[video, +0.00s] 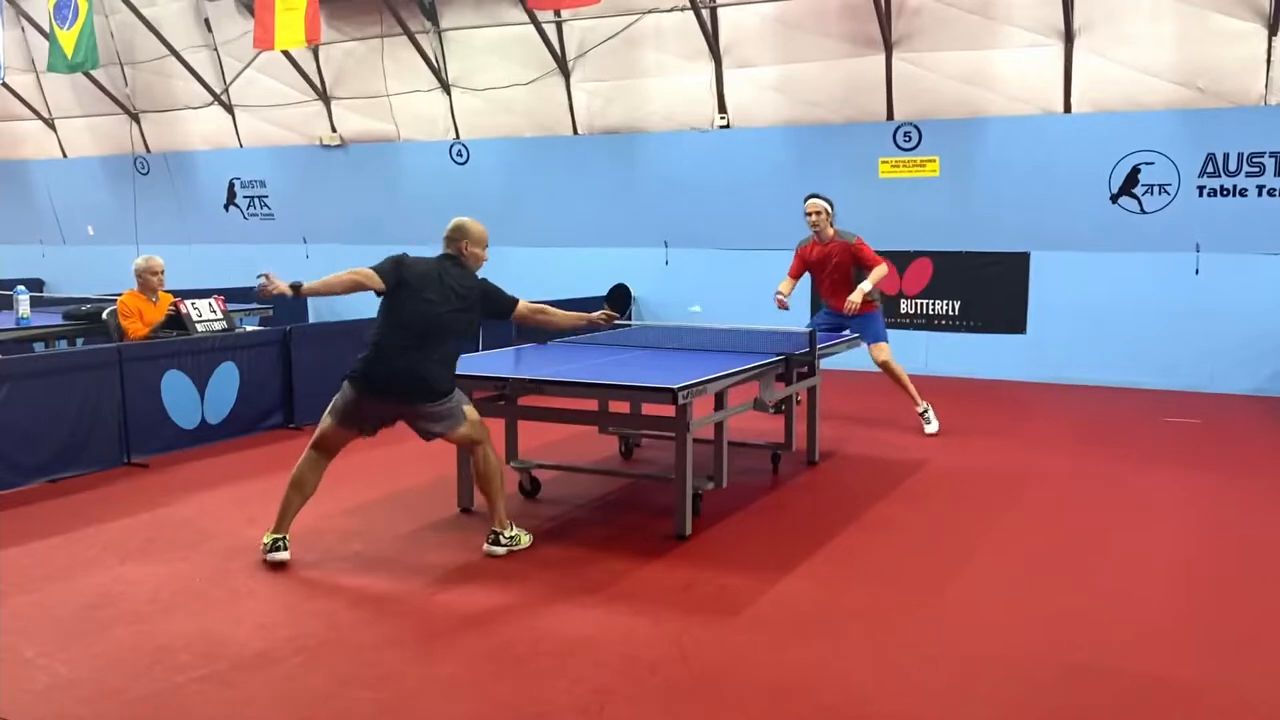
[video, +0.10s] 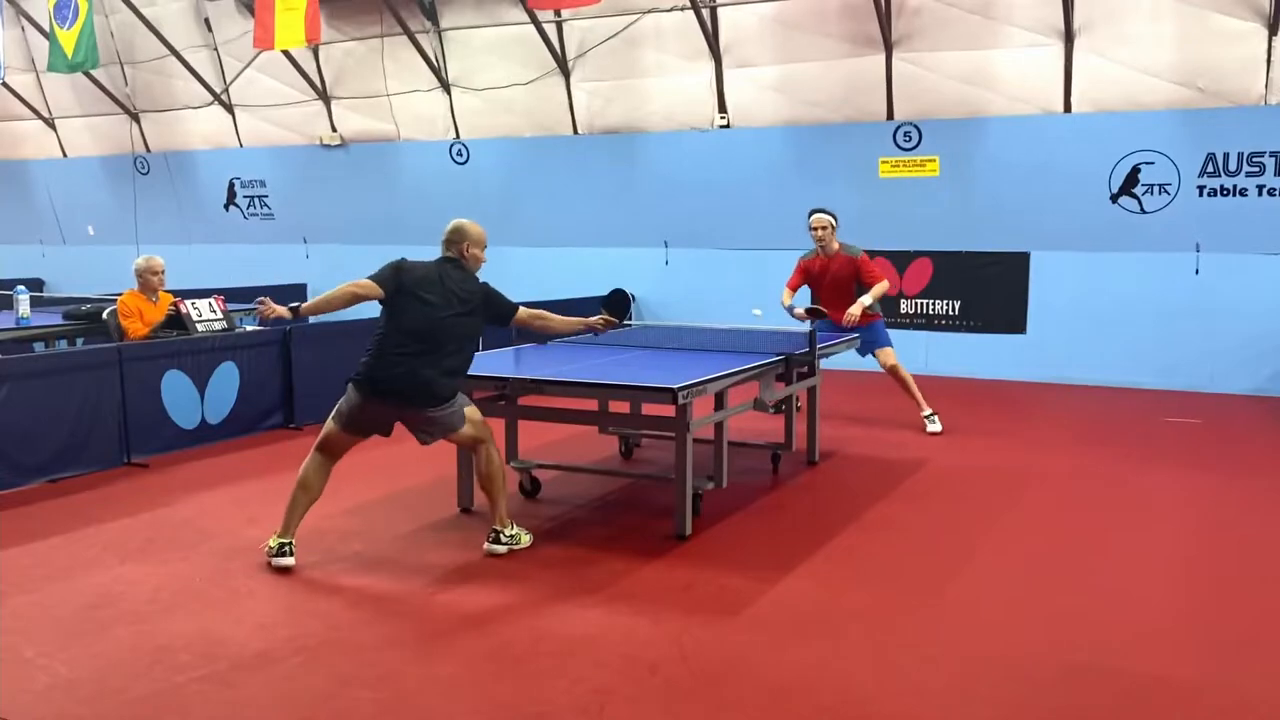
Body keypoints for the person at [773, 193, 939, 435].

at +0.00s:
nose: (813, 219)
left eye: (817, 213)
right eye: (808, 215)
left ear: (829, 215)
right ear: (805, 219)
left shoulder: (850, 243)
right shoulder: (805, 249)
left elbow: (882, 268)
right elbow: (791, 279)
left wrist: (861, 290)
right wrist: (782, 294)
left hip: (865, 311)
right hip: (831, 312)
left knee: (881, 358)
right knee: (797, 348)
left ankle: (922, 407)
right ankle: (791, 395)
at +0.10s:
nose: (818, 234)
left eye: (823, 228)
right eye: (814, 229)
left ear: (833, 230)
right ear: (810, 233)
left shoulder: (855, 257)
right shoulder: (807, 262)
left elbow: (883, 284)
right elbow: (787, 294)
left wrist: (861, 303)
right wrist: (793, 309)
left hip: (866, 320)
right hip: (829, 321)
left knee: (890, 364)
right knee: (795, 353)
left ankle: (926, 411)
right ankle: (789, 398)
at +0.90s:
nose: (831, 224)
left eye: (836, 220)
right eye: (827, 220)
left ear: (847, 222)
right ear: (823, 224)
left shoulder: (866, 250)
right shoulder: (817, 253)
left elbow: (885, 283)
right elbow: (797, 282)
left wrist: (863, 310)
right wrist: (797, 298)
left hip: (872, 313)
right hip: (838, 313)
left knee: (894, 353)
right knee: (803, 344)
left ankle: (918, 407)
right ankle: (786, 397)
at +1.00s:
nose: (814, 236)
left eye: (818, 230)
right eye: (809, 232)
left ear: (829, 231)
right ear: (806, 234)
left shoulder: (849, 255)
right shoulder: (803, 263)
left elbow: (872, 283)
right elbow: (780, 290)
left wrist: (851, 302)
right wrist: (785, 302)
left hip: (862, 318)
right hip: (827, 318)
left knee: (886, 356)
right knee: (791, 344)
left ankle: (917, 408)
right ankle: (784, 395)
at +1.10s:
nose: (794, 241)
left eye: (798, 236)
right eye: (790, 237)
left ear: (809, 236)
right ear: (787, 239)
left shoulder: (832, 257)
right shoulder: (784, 265)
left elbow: (866, 274)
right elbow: (755, 286)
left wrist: (851, 290)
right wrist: (769, 295)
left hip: (849, 318)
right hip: (815, 319)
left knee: (877, 357)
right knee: (778, 345)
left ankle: (914, 407)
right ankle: (786, 393)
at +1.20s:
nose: (777, 245)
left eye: (782, 239)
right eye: (773, 241)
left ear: (792, 239)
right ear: (770, 243)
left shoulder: (814, 253)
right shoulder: (771, 267)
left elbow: (850, 264)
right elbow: (757, 278)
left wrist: (843, 292)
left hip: (836, 313)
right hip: (803, 318)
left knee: (869, 352)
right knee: (767, 347)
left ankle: (908, 402)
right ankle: (773, 394)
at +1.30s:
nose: (768, 239)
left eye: (772, 234)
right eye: (764, 236)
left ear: (783, 234)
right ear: (761, 239)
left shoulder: (805, 252)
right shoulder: (762, 262)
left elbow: (843, 263)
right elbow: (749, 279)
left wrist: (838, 293)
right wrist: (738, 291)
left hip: (828, 314)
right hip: (794, 317)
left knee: (865, 352)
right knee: (763, 346)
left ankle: (904, 399)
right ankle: (776, 393)